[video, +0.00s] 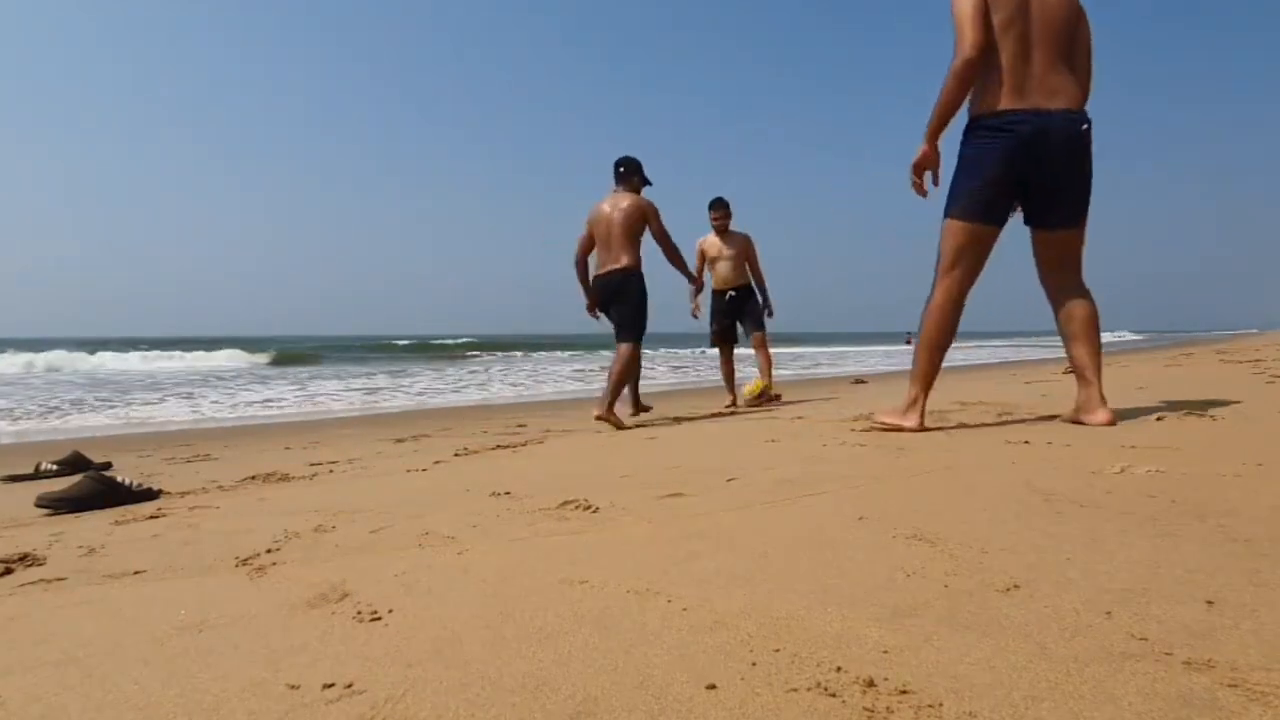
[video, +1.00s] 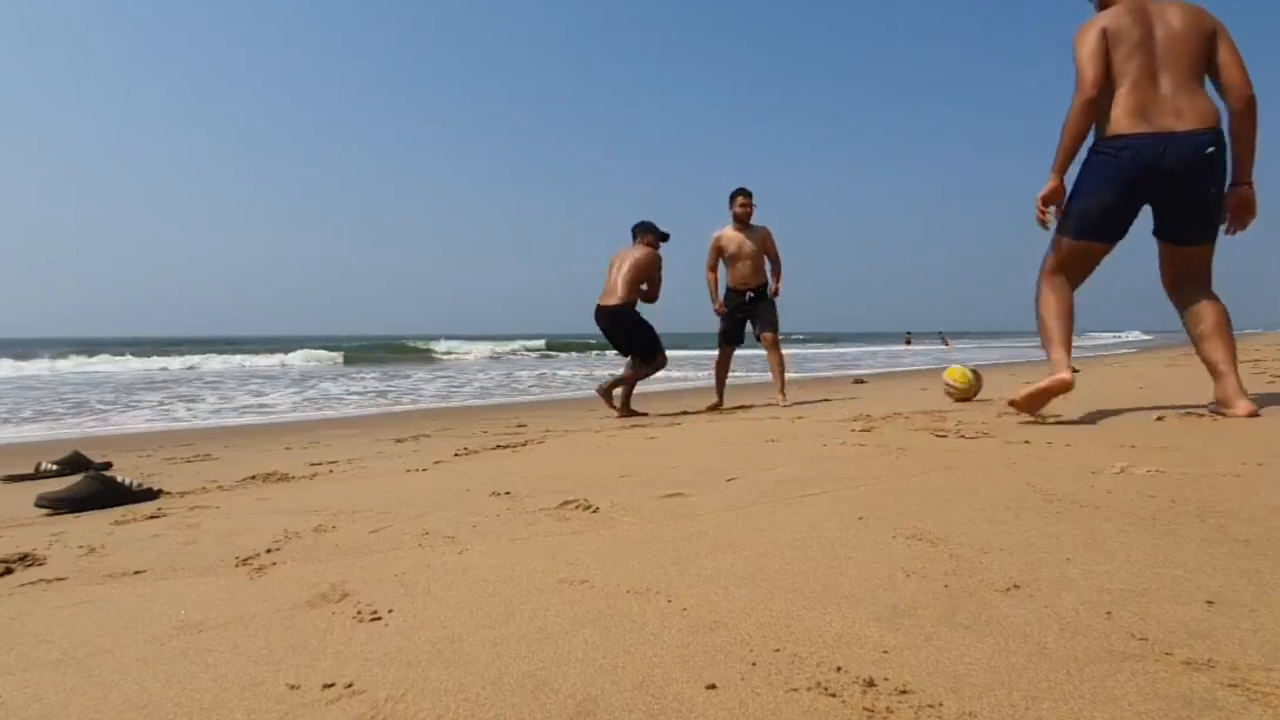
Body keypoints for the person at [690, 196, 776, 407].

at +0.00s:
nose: (720, 223)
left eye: (724, 218)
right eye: (715, 219)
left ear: (730, 217)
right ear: (710, 219)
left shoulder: (743, 240)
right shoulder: (704, 244)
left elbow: (755, 271)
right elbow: (699, 274)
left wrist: (765, 298)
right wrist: (695, 299)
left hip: (744, 292)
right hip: (720, 295)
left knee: (759, 339)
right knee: (725, 349)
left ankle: (767, 389)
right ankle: (731, 396)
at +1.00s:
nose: (747, 210)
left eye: (750, 206)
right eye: (742, 206)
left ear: (753, 209)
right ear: (732, 208)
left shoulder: (762, 234)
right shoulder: (721, 238)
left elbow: (775, 260)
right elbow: (712, 269)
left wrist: (776, 282)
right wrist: (715, 299)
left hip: (760, 292)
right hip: (735, 293)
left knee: (770, 339)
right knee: (726, 348)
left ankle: (781, 393)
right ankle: (719, 397)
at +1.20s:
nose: (771, 206)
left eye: (774, 202)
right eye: (766, 201)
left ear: (777, 204)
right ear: (756, 203)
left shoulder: (783, 230)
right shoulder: (741, 230)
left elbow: (794, 258)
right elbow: (730, 260)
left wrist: (795, 279)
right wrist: (730, 289)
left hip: (776, 288)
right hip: (749, 288)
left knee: (781, 338)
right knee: (741, 343)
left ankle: (782, 393)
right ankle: (740, 392)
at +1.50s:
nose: (779, 211)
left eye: (782, 207)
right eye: (775, 207)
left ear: (785, 209)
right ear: (764, 208)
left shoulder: (790, 236)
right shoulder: (751, 234)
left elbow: (799, 267)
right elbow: (738, 264)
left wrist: (812, 294)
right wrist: (743, 286)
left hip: (785, 290)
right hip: (761, 292)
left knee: (788, 340)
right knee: (767, 345)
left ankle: (787, 394)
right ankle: (772, 394)